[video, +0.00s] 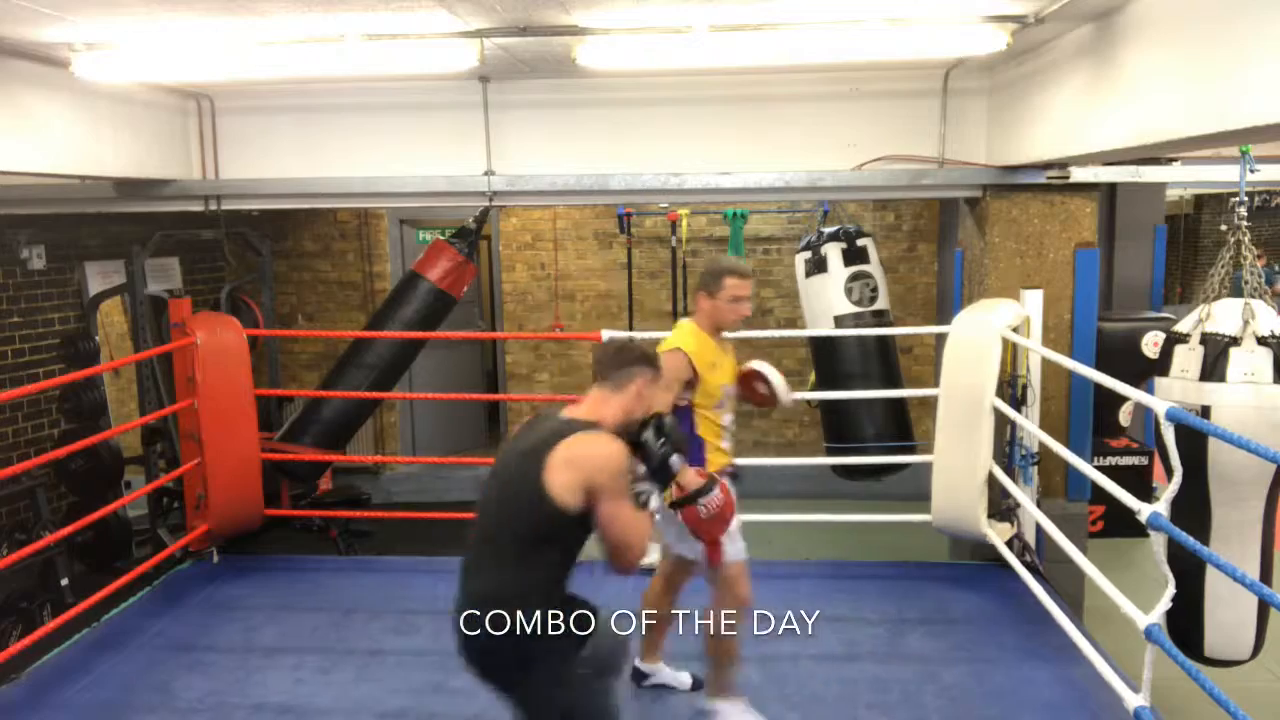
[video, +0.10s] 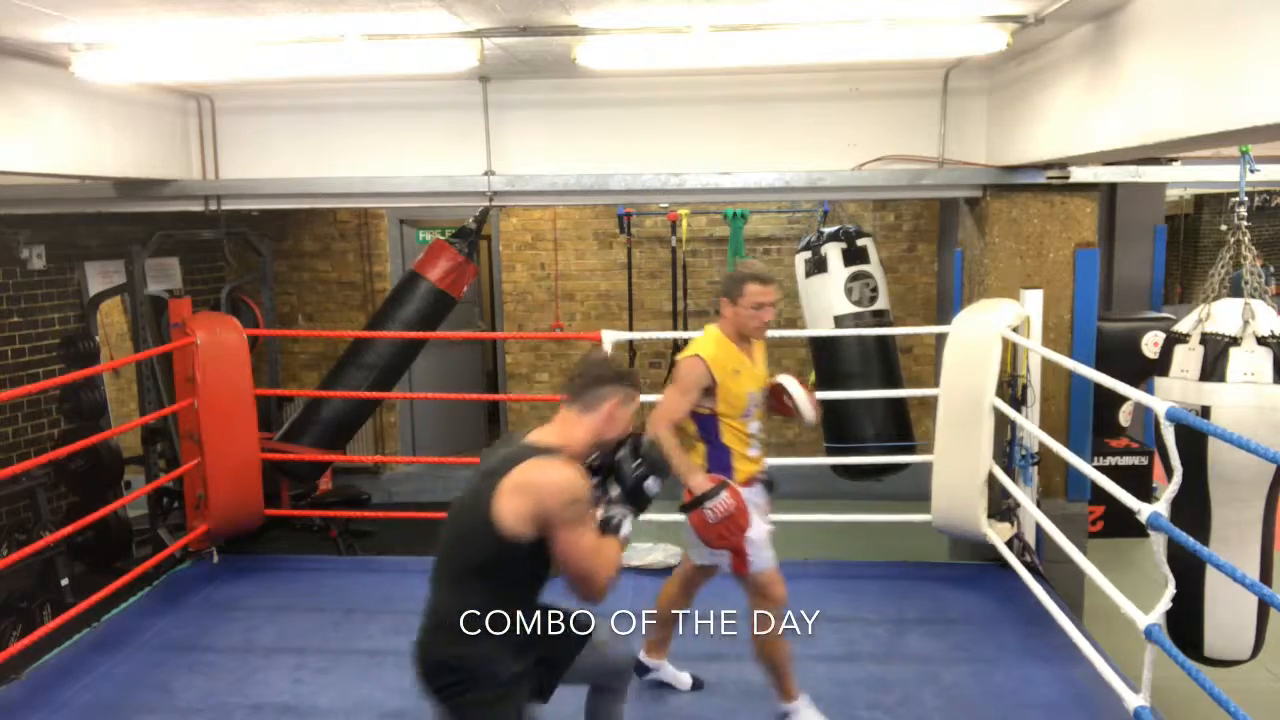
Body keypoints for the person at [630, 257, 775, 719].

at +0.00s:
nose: (745, 310)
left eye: (748, 301)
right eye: (737, 300)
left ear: (723, 302)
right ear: (703, 300)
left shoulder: (720, 345)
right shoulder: (682, 349)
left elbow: (716, 393)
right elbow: (651, 422)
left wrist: (756, 393)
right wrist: (684, 475)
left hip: (706, 481)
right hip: (699, 486)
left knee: (674, 570)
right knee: (735, 593)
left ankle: (649, 662)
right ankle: (720, 696)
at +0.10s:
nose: (767, 316)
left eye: (771, 307)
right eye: (758, 307)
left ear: (771, 306)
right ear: (726, 307)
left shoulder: (753, 343)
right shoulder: (701, 360)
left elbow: (740, 400)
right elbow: (659, 426)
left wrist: (776, 399)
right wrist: (696, 483)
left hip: (748, 487)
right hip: (726, 495)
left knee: (695, 570)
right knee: (770, 596)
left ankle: (651, 657)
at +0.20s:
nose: (787, 319)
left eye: (793, 310)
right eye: (776, 311)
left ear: (797, 311)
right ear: (748, 313)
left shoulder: (791, 349)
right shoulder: (724, 366)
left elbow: (787, 405)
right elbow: (682, 434)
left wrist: (818, 408)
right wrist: (716, 482)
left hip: (788, 490)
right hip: (759, 497)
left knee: (743, 576)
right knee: (802, 602)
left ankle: (670, 637)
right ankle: (803, 704)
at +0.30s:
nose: (804, 318)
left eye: (809, 306)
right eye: (791, 309)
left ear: (817, 305)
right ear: (766, 309)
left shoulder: (826, 346)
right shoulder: (742, 366)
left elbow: (825, 408)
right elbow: (704, 430)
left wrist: (851, 413)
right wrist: (743, 479)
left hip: (819, 485)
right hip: (781, 494)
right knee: (809, 602)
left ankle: (728, 626)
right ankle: (804, 705)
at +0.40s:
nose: (814, 310)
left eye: (823, 298)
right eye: (802, 300)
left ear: (837, 298)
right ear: (785, 302)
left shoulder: (863, 340)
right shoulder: (758, 356)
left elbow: (876, 390)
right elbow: (724, 418)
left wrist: (890, 413)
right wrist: (764, 458)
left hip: (854, 483)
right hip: (801, 492)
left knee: (877, 594)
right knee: (812, 608)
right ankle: (805, 705)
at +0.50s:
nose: (821, 305)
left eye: (832, 293)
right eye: (811, 294)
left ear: (855, 291)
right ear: (801, 295)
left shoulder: (896, 338)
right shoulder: (779, 348)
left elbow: (922, 397)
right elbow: (751, 409)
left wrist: (912, 421)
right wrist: (782, 447)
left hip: (883, 490)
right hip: (815, 496)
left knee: (901, 605)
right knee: (817, 607)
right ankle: (812, 701)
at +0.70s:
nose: (840, 315)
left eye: (852, 304)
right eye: (838, 305)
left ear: (888, 307)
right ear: (837, 308)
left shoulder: (938, 368)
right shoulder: (836, 358)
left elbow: (985, 436)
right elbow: (826, 414)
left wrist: (939, 460)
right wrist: (815, 445)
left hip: (916, 517)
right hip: (852, 509)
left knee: (940, 633)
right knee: (839, 616)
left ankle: (968, 716)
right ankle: (860, 705)